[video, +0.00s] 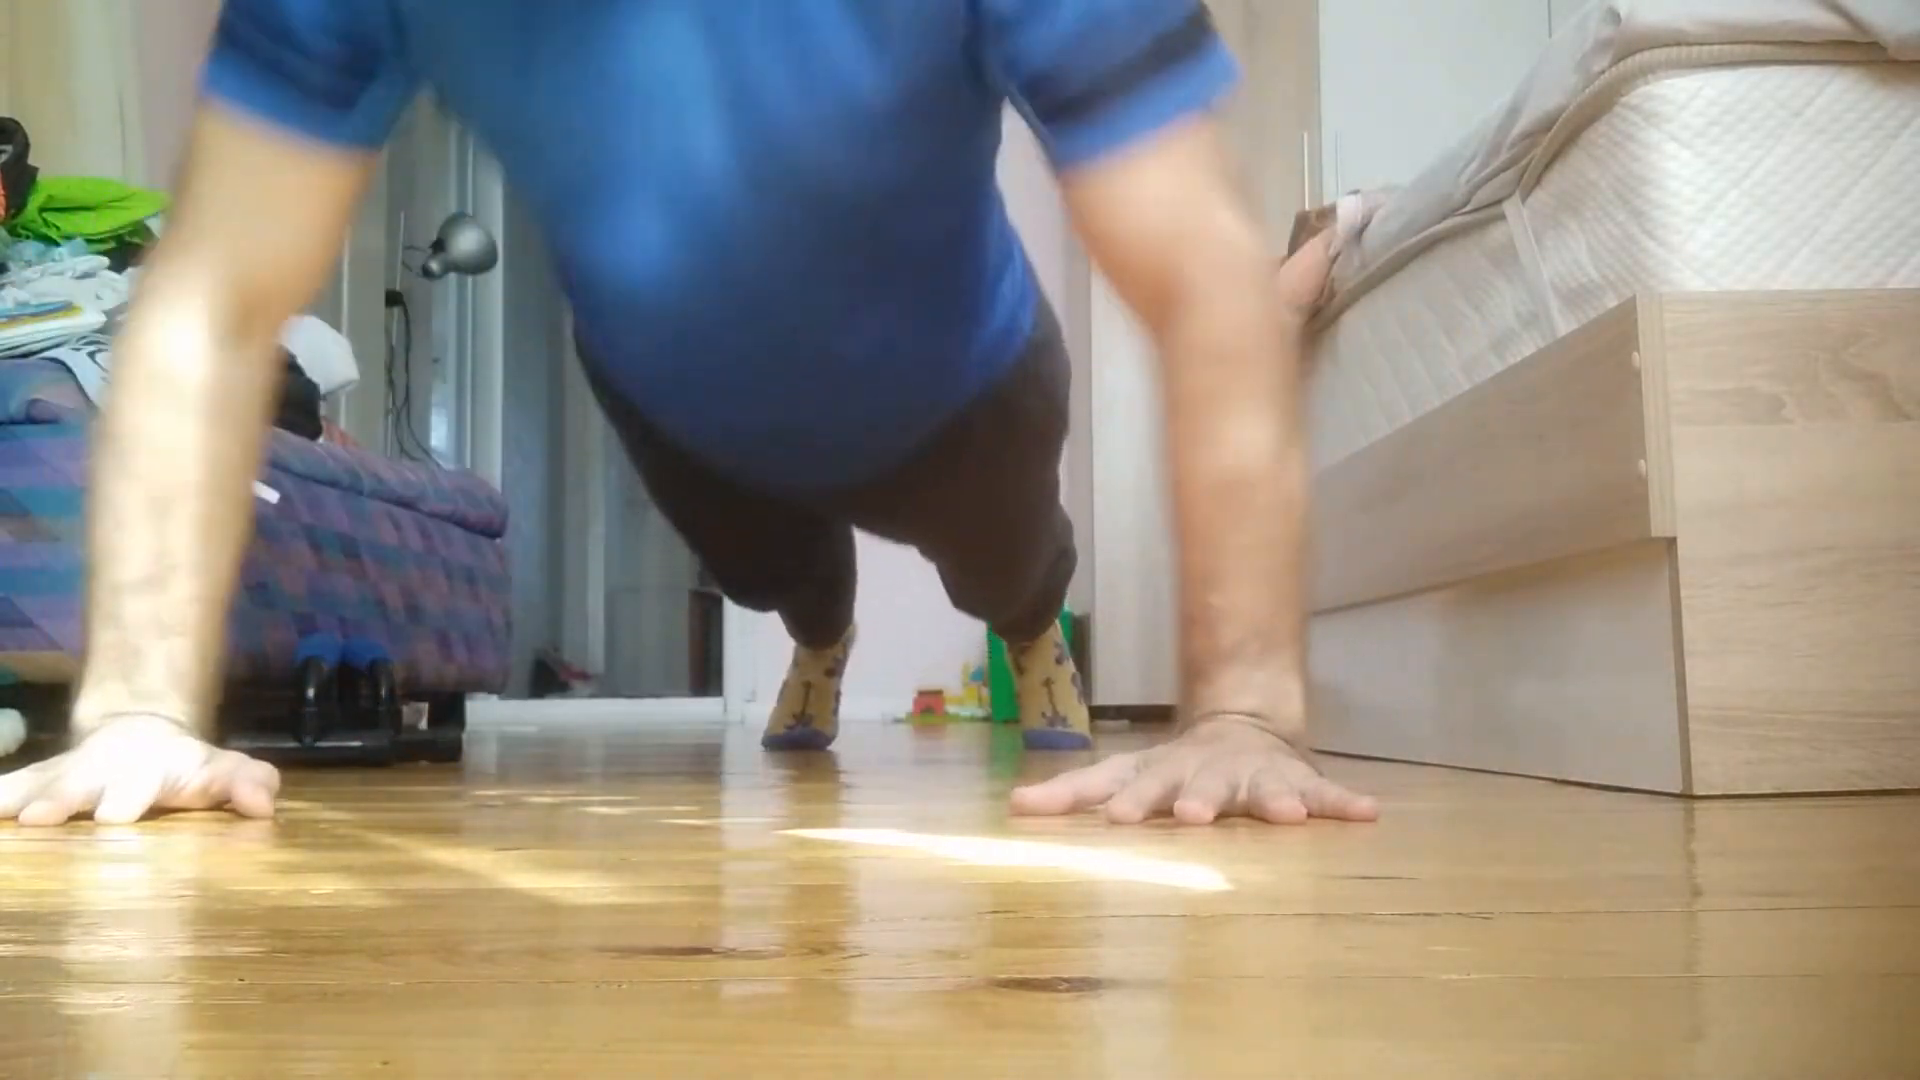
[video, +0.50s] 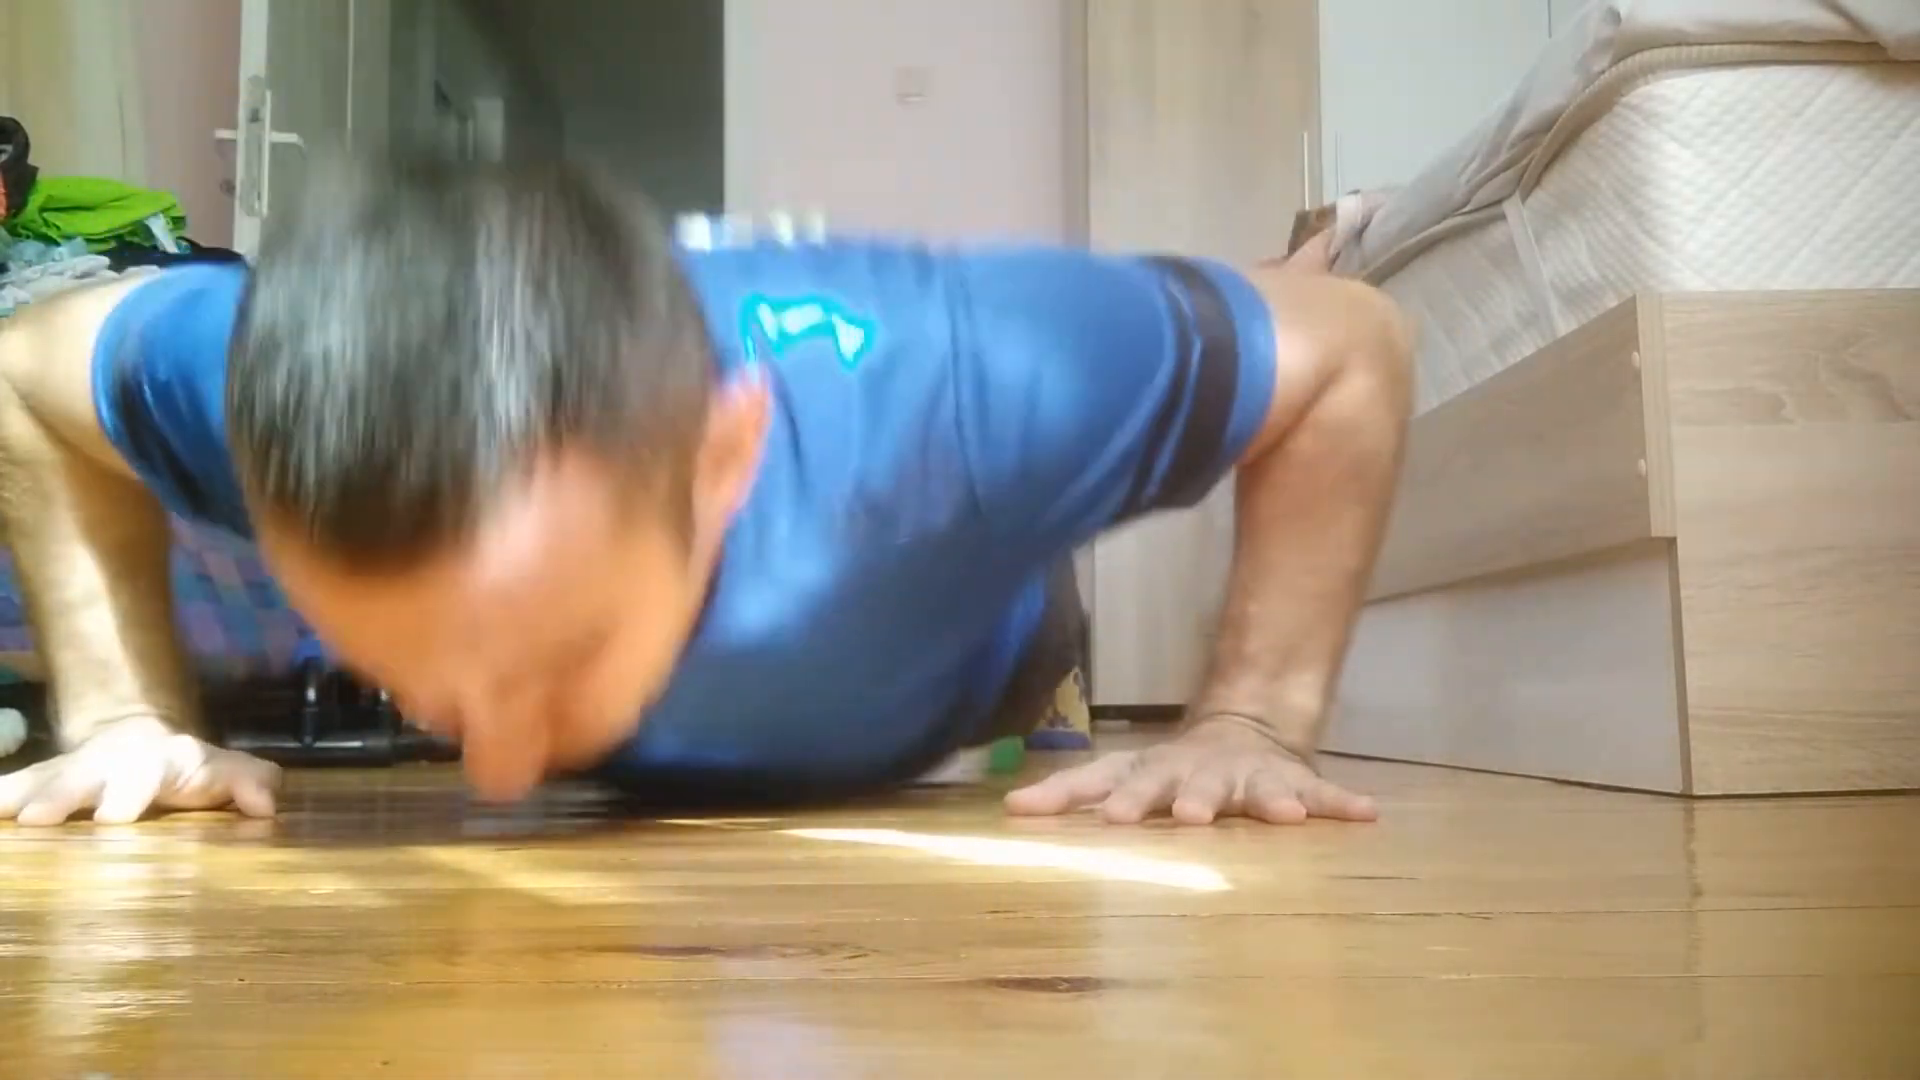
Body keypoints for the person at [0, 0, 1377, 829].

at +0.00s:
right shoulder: (360, 17)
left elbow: (1216, 280)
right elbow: (210, 300)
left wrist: (1249, 709)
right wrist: (145, 712)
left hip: (942, 387)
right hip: (687, 427)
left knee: (1002, 564)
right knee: (783, 569)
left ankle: (1012, 626)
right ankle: (820, 644)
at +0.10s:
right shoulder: (389, 2)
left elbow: (1120, 249)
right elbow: (277, 281)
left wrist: (1239, 702)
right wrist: (149, 711)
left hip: (945, 373)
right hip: (686, 409)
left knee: (1003, 558)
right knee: (777, 567)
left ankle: (1010, 619)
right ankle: (811, 639)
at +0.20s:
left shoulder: (1011, 21)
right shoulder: (373, 16)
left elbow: (1215, 285)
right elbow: (213, 302)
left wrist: (1247, 711)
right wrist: (145, 711)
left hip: (942, 416)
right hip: (687, 457)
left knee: (1002, 569)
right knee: (775, 583)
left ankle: (1013, 626)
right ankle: (806, 651)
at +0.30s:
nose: (572, 142)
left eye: (614, 59)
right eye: (513, 64)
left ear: (720, 12)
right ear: (440, 15)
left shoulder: (966, 35)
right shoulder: (338, 64)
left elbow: (1325, 334)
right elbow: (98, 366)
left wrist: (1250, 716)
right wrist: (138, 717)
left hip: (949, 507)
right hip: (694, 548)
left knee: (1003, 626)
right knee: (780, 626)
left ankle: (1006, 660)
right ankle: (802, 667)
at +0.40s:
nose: (511, 500)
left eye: (570, 410)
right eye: (438, 424)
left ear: (724, 232)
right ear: (330, 290)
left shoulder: (957, 235)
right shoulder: (255, 273)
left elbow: (1349, 358)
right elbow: (53, 394)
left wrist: (1252, 715)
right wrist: (134, 712)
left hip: (972, 637)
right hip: (649, 645)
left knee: (1017, 648)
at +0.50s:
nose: (496, 759)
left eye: (557, 668)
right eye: (417, 689)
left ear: (722, 466)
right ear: (300, 529)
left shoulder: (963, 402)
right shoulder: (264, 386)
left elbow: (1349, 351)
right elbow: (39, 368)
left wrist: (1253, 719)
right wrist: (129, 715)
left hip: (947, 720)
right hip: (645, 737)